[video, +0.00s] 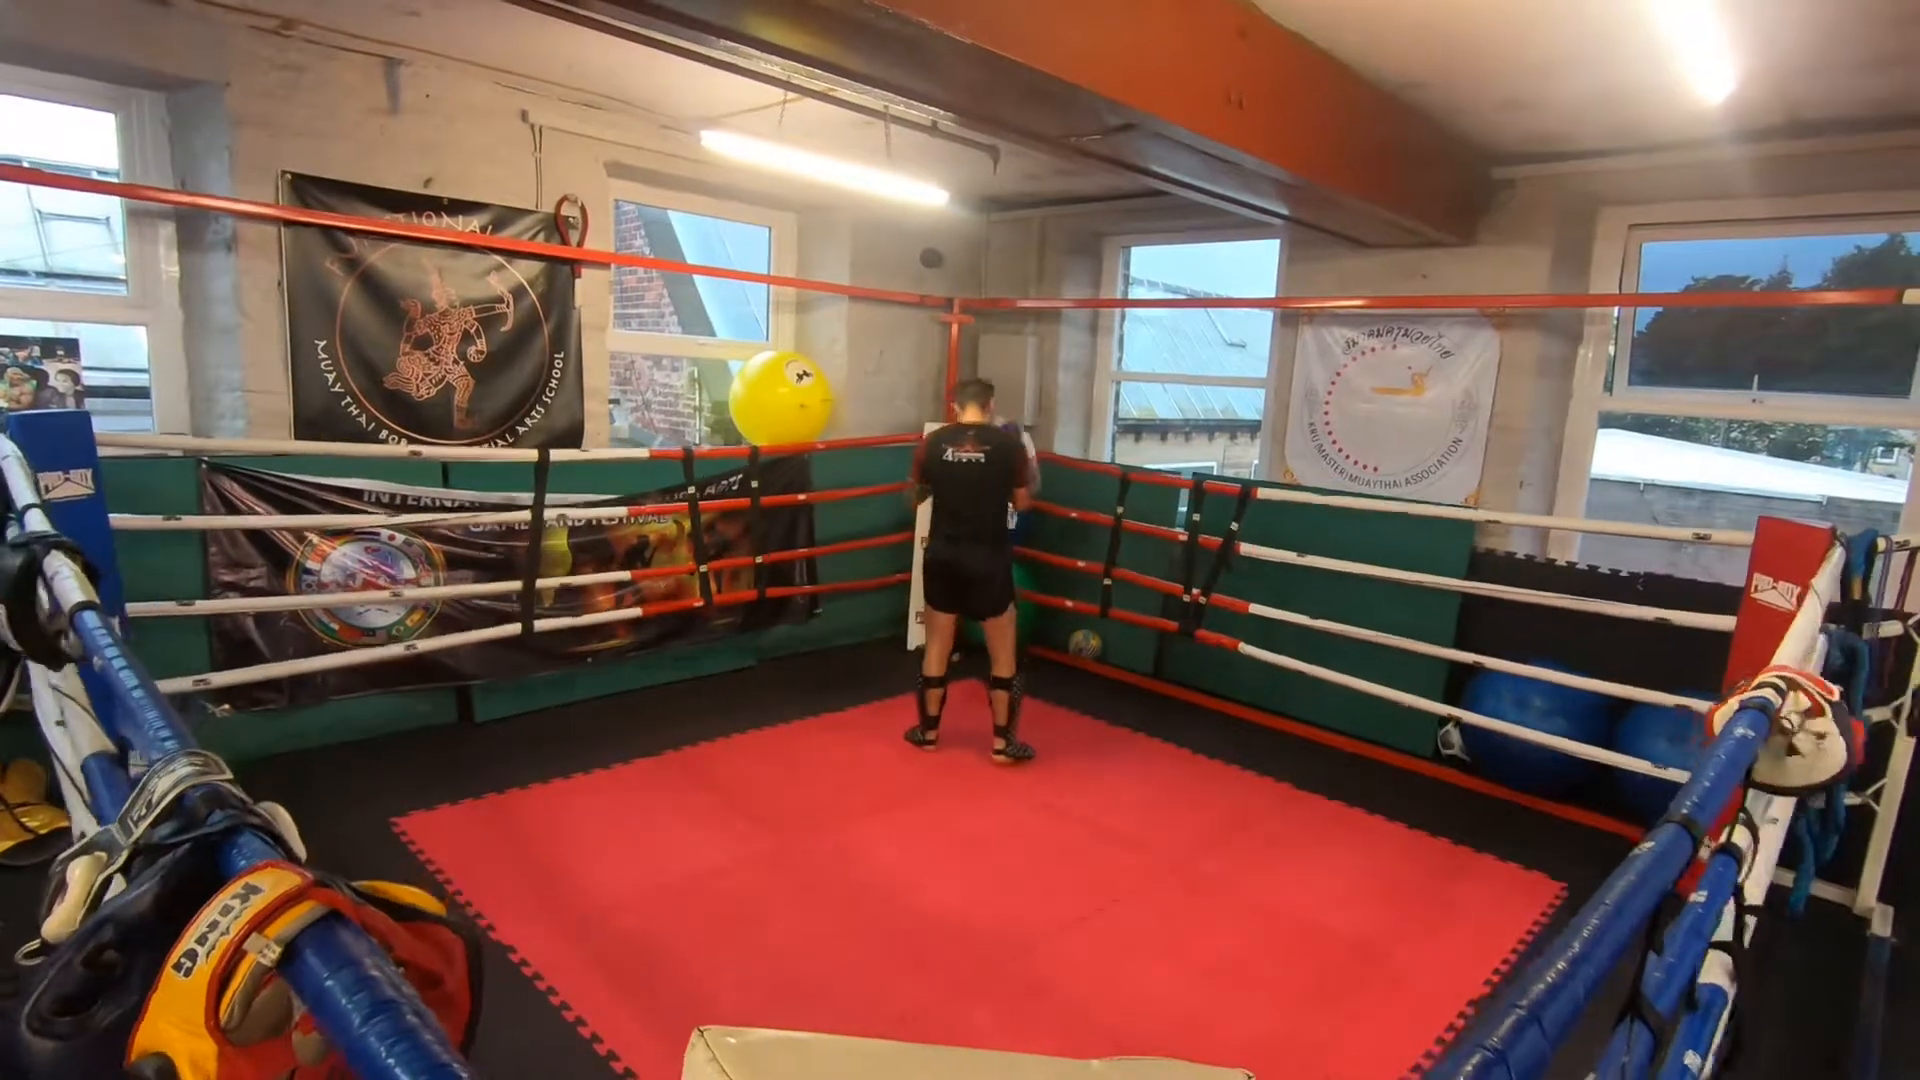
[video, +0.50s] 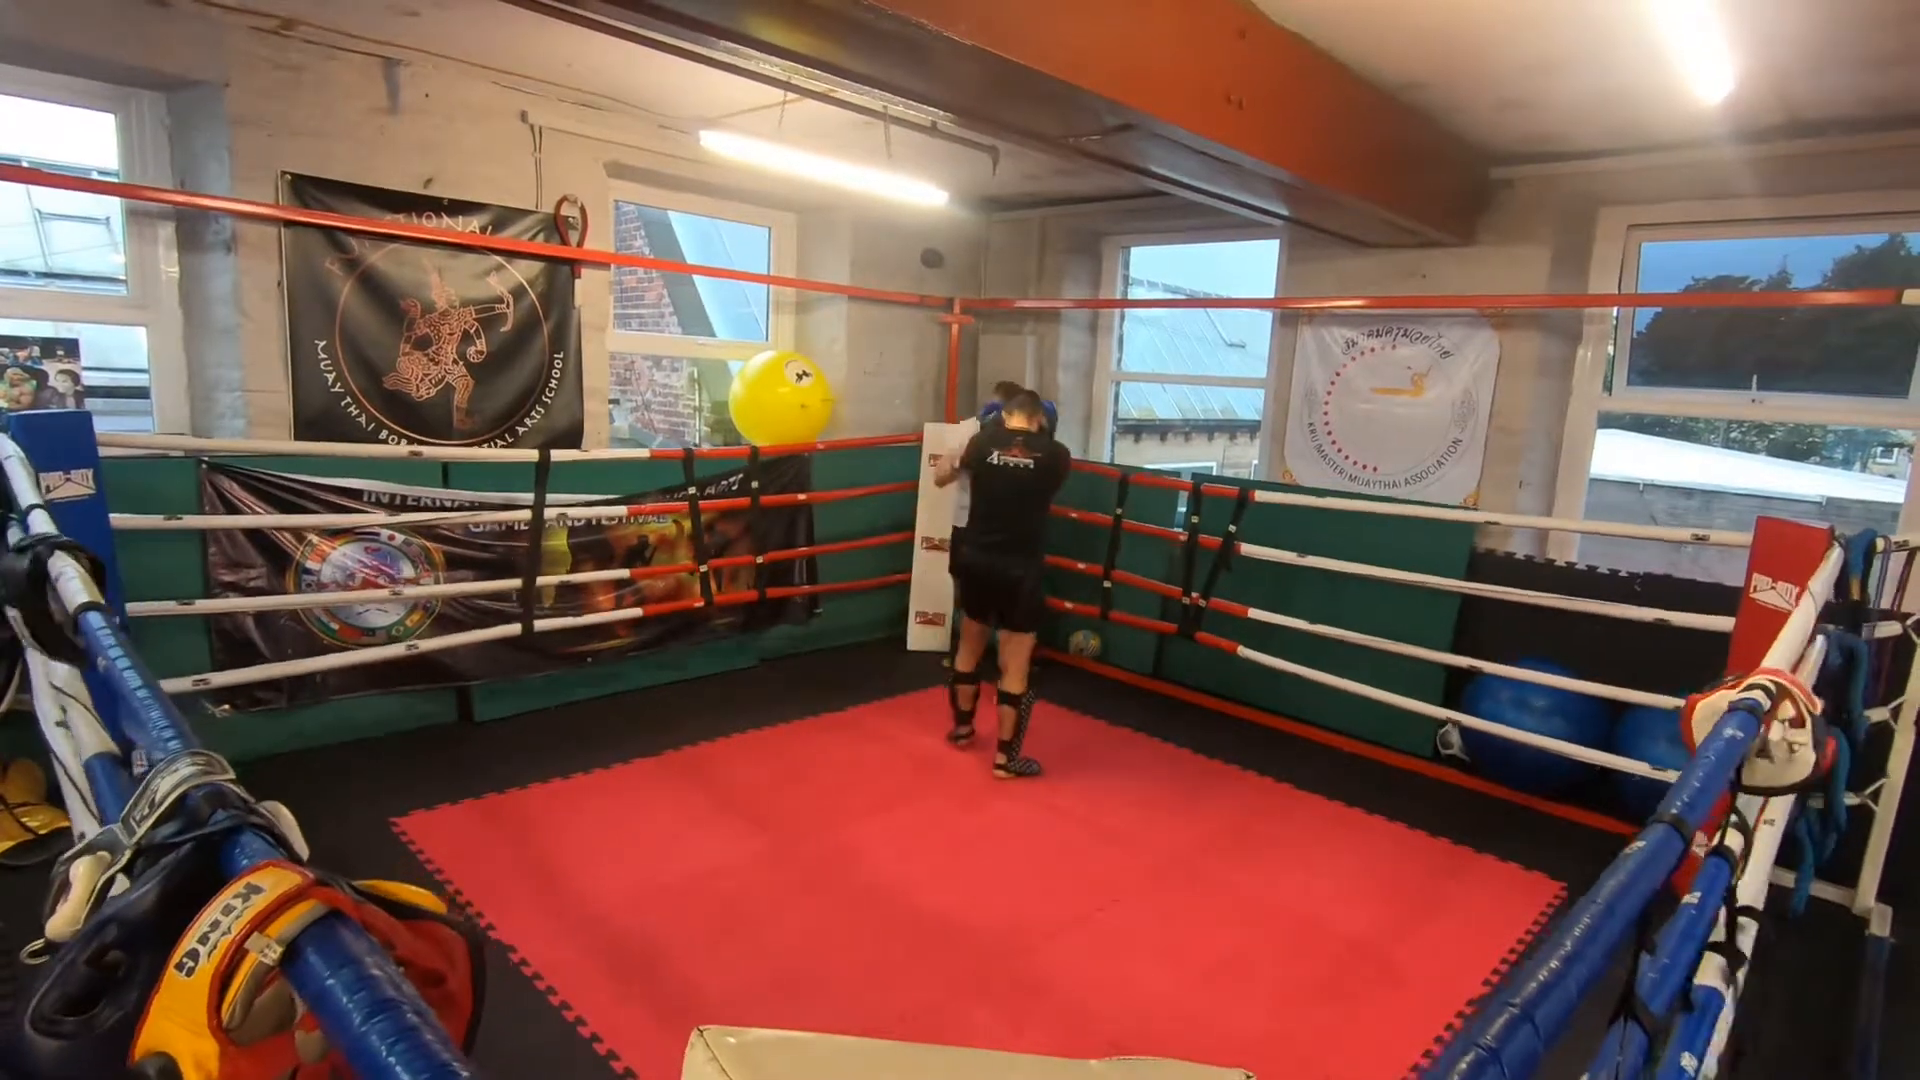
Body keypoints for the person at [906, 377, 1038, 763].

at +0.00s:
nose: (980, 414)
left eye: (961, 408)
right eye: (987, 407)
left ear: (953, 408)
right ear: (990, 408)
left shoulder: (931, 444)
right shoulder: (1010, 445)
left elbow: (917, 494)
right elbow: (1023, 502)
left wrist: (946, 467)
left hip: (942, 562)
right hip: (990, 564)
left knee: (937, 646)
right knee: (1002, 655)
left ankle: (929, 730)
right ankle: (1002, 742)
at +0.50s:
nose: (1042, 425)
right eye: (1042, 421)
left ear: (1003, 415)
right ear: (1040, 421)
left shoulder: (981, 443)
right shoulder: (1055, 456)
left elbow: (965, 466)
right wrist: (1036, 432)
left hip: (976, 564)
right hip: (1020, 570)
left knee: (969, 648)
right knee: (1014, 665)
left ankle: (962, 728)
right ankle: (1006, 755)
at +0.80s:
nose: (1069, 438)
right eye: (1071, 432)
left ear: (1035, 425)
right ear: (1071, 434)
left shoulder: (1003, 457)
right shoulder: (1079, 476)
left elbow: (978, 496)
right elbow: (1070, 509)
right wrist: (1054, 459)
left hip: (993, 580)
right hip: (1040, 589)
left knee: (977, 655)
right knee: (1060, 684)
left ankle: (965, 730)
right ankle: (1055, 768)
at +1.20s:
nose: (1071, 423)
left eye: (1071, 417)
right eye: (1080, 419)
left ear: (1073, 417)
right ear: (1109, 420)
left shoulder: (1047, 454)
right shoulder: (1126, 469)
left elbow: (998, 500)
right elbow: (1087, 498)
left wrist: (996, 463)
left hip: (1037, 587)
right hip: (1088, 595)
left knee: (1006, 663)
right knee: (1071, 684)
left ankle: (1009, 759)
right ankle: (1057, 779)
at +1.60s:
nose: (1058, 429)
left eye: (1058, 422)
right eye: (1060, 423)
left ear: (1066, 421)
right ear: (1099, 419)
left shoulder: (1056, 460)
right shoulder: (1129, 464)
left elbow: (1025, 528)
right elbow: (1103, 519)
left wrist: (1003, 511)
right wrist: (1038, 505)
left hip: (1062, 595)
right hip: (1109, 596)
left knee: (1047, 697)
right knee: (1102, 682)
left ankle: (1054, 801)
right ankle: (1118, 780)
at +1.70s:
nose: (1059, 441)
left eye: (1058, 436)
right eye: (1060, 436)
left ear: (1067, 432)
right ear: (1098, 430)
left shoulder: (1066, 470)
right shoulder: (1125, 472)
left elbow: (1042, 540)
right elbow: (1097, 521)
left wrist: (1000, 531)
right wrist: (1056, 478)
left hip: (1070, 607)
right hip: (1118, 607)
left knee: (1011, 688)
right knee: (1126, 700)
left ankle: (1032, 787)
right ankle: (1180, 791)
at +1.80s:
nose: (1031, 463)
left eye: (1032, 456)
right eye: (1032, 456)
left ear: (1040, 457)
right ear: (1070, 452)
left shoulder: (1063, 492)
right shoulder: (1100, 490)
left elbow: (1078, 552)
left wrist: (1027, 582)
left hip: (1079, 632)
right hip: (1123, 630)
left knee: (994, 684)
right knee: (1146, 716)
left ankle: (990, 779)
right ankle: (1199, 813)